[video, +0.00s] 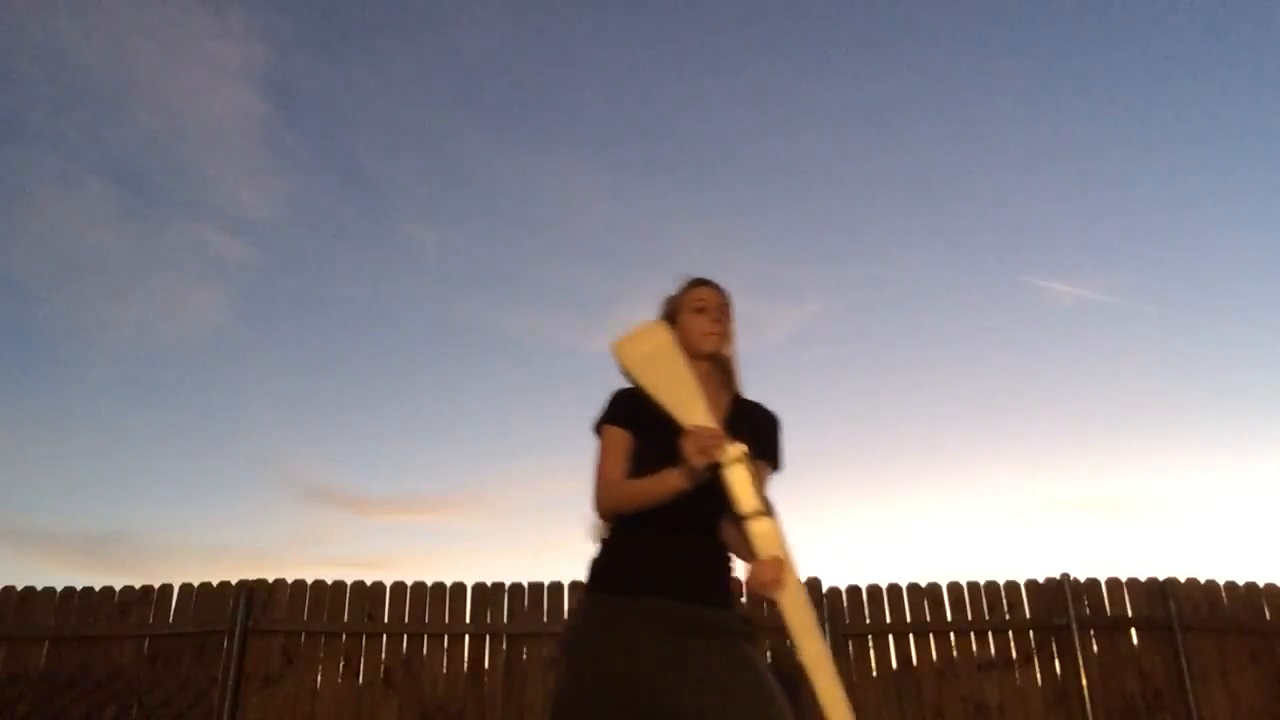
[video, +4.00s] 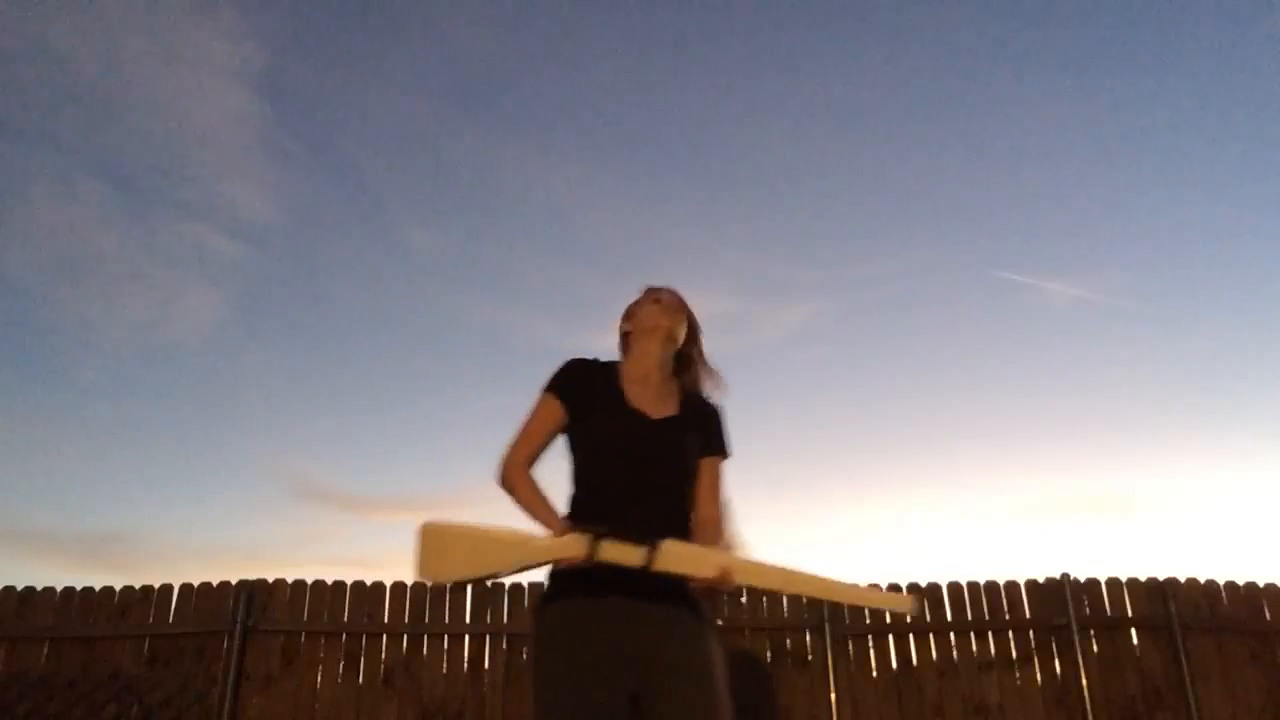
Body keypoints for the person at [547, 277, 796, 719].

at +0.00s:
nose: (715, 319)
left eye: (723, 312)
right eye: (700, 310)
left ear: (731, 328)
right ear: (672, 325)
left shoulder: (753, 421)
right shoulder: (633, 403)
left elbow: (732, 518)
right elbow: (608, 499)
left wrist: (759, 559)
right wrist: (685, 473)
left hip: (707, 608)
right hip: (623, 604)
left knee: (760, 709)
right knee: (599, 708)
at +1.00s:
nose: (741, 310)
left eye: (747, 307)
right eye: (727, 300)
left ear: (754, 331)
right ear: (696, 323)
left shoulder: (780, 415)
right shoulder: (657, 406)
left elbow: (800, 513)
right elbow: (638, 508)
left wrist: (830, 559)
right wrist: (704, 500)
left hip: (742, 613)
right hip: (652, 610)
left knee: (789, 710)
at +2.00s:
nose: (475, 324)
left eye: (487, 313)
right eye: (465, 322)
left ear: (516, 327)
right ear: (462, 344)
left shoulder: (554, 381)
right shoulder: (460, 433)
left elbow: (627, 467)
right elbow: (364, 478)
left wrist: (572, 529)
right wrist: (327, 395)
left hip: (553, 590)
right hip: (499, 600)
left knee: (451, 708)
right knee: (531, 712)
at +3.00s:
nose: (385, 361)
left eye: (392, 344)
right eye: (378, 354)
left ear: (430, 336)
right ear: (382, 367)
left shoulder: (494, 378)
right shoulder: (407, 453)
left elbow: (583, 447)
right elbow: (422, 539)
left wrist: (544, 530)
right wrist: (385, 583)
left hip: (511, 589)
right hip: (454, 601)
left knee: (419, 705)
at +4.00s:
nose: (660, 302)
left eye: (672, 304)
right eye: (650, 297)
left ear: (685, 338)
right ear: (627, 323)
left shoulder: (701, 414)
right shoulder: (584, 378)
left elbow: (707, 518)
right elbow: (513, 469)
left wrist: (711, 565)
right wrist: (559, 528)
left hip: (669, 599)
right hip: (585, 592)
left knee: (698, 708)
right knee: (574, 709)